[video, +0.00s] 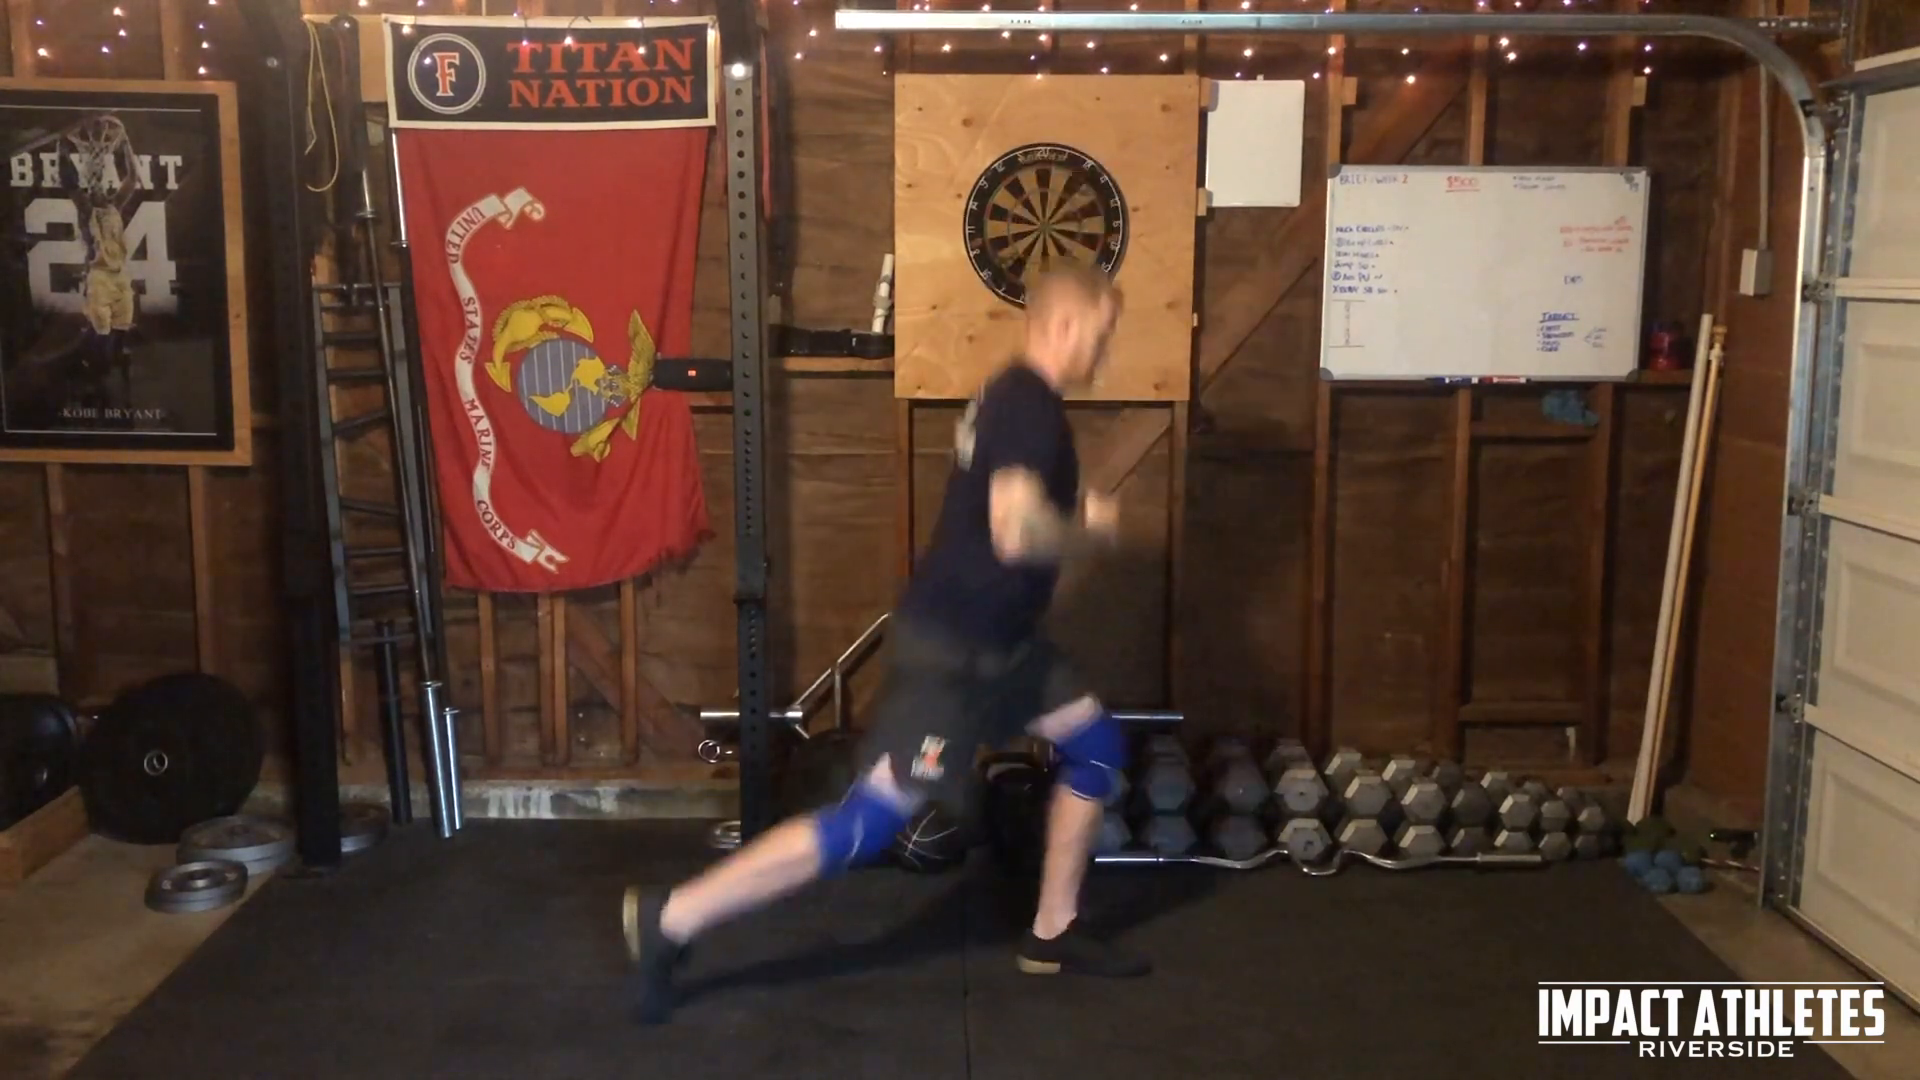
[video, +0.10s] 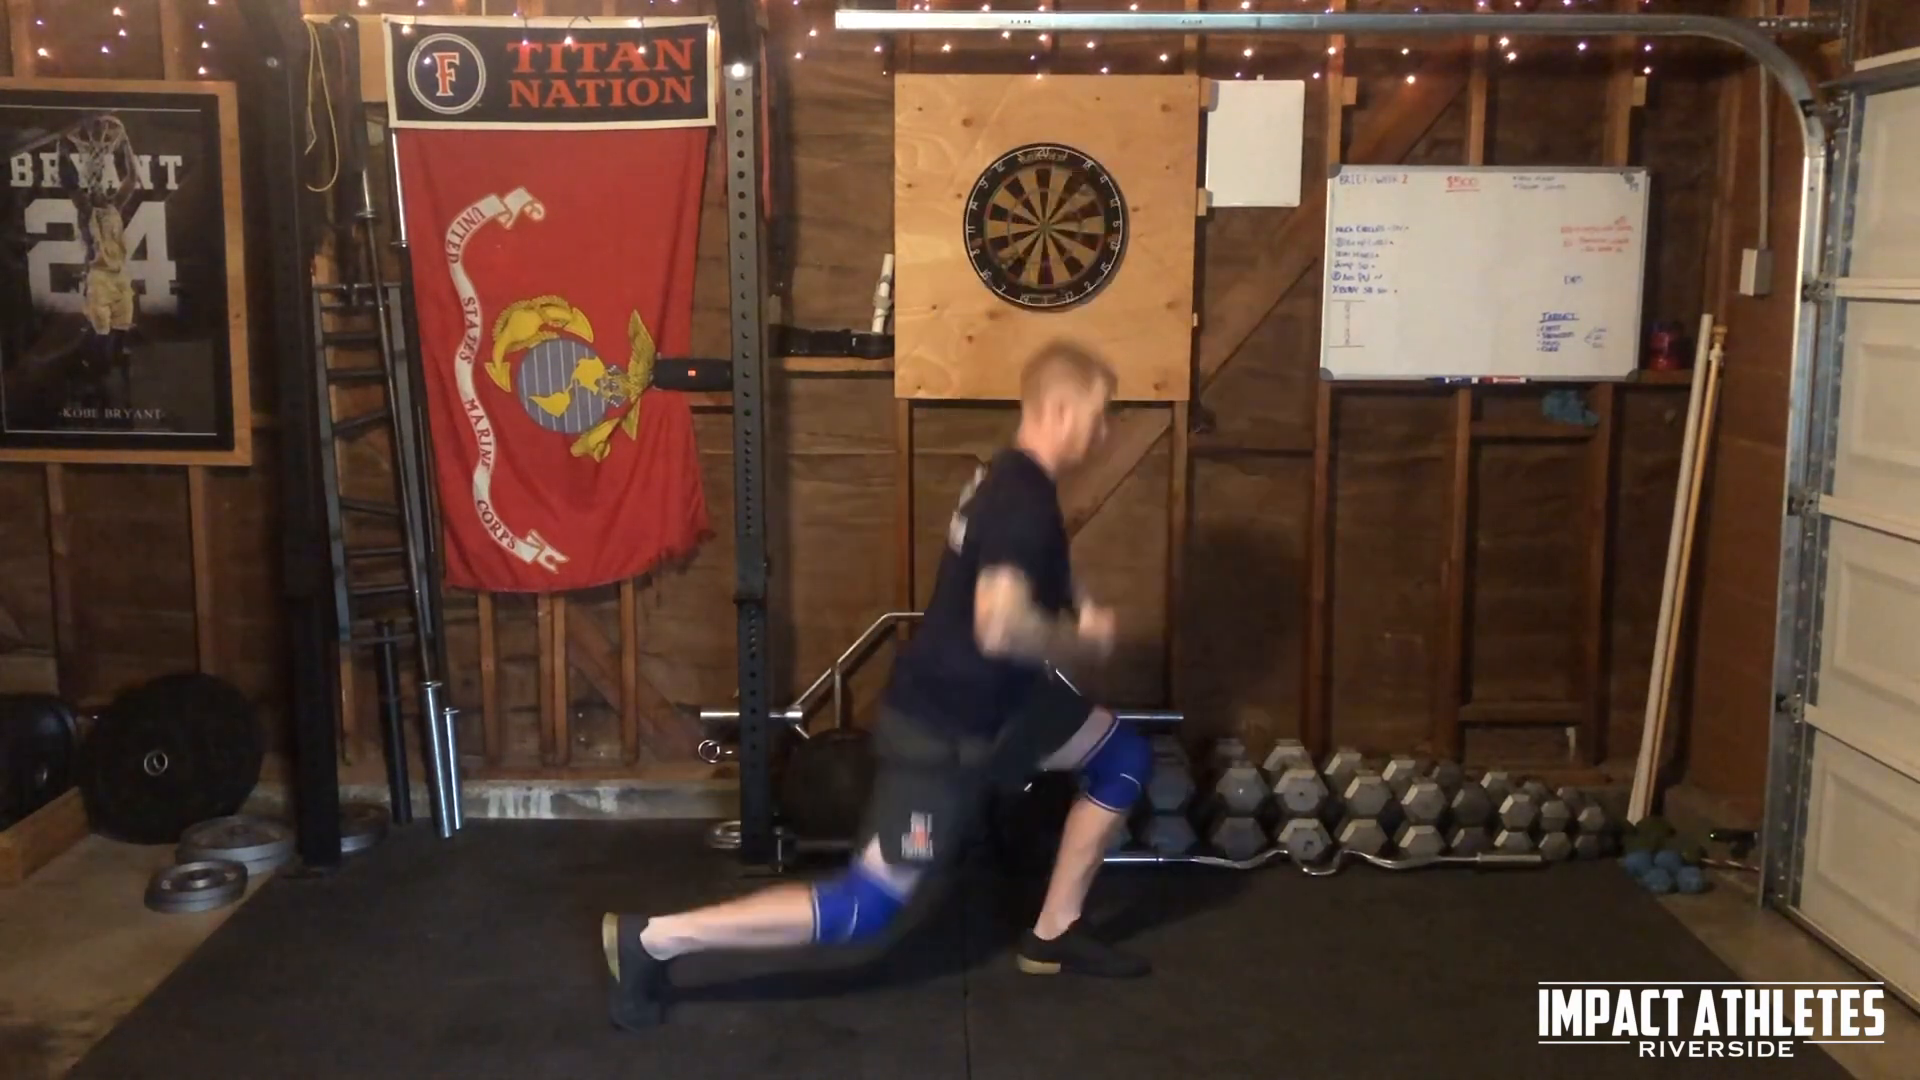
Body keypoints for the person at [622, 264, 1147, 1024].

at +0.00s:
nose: (1105, 348)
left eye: (1108, 331)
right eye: (1099, 331)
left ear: (1057, 325)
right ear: (1059, 325)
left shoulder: (1034, 401)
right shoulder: (1023, 402)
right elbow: (1016, 532)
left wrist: (1071, 517)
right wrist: (1091, 523)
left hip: (1003, 646)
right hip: (948, 648)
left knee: (1095, 747)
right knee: (869, 823)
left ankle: (1054, 932)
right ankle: (669, 918)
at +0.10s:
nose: (1103, 428)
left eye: (1105, 412)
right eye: (1099, 411)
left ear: (1046, 408)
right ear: (1060, 410)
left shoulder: (1028, 483)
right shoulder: (1018, 496)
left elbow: (1040, 584)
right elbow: (998, 625)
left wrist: (1076, 614)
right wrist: (1080, 636)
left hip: (1001, 698)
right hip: (940, 716)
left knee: (1122, 759)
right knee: (866, 906)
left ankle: (1054, 932)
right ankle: (651, 939)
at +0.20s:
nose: (1096, 484)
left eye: (1097, 469)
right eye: (1090, 469)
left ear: (1037, 465)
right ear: (1049, 465)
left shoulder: (1017, 530)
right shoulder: (1010, 546)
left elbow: (1005, 639)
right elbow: (976, 685)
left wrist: (1058, 653)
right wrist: (1064, 701)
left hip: (989, 750)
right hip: (935, 773)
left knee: (1127, 761)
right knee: (857, 964)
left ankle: (1055, 933)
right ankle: (647, 944)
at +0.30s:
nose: (1087, 502)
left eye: (1087, 487)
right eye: (1080, 486)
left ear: (1029, 485)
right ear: (1041, 484)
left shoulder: (1018, 555)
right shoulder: (1004, 567)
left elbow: (1029, 647)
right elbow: (966, 706)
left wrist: (1065, 671)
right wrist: (1063, 724)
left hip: (986, 770)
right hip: (932, 794)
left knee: (1123, 756)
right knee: (856, 981)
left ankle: (1054, 932)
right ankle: (647, 942)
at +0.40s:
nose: (1078, 478)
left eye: (1078, 463)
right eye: (1070, 463)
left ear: (1021, 466)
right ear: (1030, 466)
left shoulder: (1012, 540)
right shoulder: (1000, 550)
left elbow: (1000, 648)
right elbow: (976, 682)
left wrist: (1060, 649)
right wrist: (1071, 681)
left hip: (988, 749)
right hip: (933, 777)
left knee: (1126, 762)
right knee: (850, 966)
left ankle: (1054, 932)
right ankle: (639, 941)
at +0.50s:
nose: (1078, 418)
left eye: (1078, 402)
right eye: (1070, 401)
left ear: (1023, 404)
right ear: (1025, 404)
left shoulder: (1014, 481)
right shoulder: (1004, 488)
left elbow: (987, 572)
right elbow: (1005, 604)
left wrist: (1064, 560)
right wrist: (1083, 580)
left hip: (1008, 698)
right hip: (943, 716)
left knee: (1124, 757)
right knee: (856, 896)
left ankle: (1055, 932)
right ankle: (640, 941)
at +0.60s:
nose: (1082, 326)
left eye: (1085, 308)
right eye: (1075, 308)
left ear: (1046, 305)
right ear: (1034, 303)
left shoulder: (1024, 388)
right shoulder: (1011, 386)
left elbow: (1034, 502)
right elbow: (1023, 505)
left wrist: (1077, 482)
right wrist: (1084, 481)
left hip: (1008, 631)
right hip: (946, 630)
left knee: (1089, 742)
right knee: (874, 801)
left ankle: (1057, 927)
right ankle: (685, 925)